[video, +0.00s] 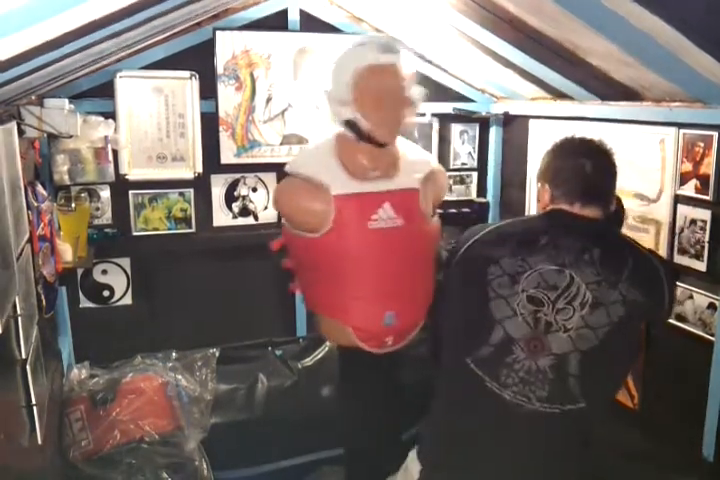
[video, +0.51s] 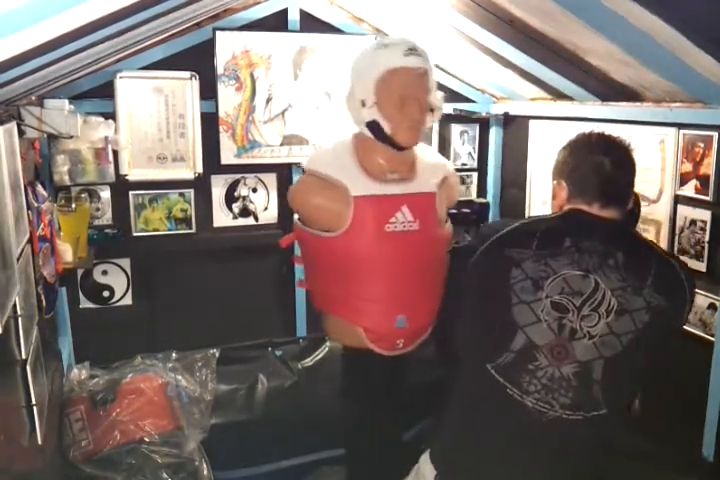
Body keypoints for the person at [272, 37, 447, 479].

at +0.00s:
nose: (410, 99)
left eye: (408, 87)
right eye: (394, 87)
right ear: (353, 98)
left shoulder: (428, 176)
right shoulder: (305, 185)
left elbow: (428, 258)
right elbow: (313, 276)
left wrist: (414, 311)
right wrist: (345, 325)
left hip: (416, 347)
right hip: (347, 357)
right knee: (366, 466)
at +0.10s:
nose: (408, 102)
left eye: (409, 89)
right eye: (392, 91)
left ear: (417, 97)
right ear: (357, 100)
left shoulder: (434, 175)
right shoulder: (312, 182)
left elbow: (439, 257)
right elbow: (314, 274)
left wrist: (424, 309)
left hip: (421, 350)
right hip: (352, 360)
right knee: (369, 466)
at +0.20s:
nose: (435, 113)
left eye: (441, 101)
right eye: (421, 100)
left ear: (448, 106)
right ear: (383, 101)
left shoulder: (449, 179)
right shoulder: (331, 180)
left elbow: (457, 260)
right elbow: (324, 275)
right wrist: (374, 318)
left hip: (431, 356)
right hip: (366, 362)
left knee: (428, 461)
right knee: (373, 467)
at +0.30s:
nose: (424, 104)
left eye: (428, 92)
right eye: (408, 91)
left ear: (434, 99)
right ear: (369, 99)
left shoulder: (442, 179)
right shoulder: (323, 182)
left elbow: (440, 257)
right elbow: (319, 283)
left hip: (424, 351)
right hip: (359, 360)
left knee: (417, 460)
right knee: (371, 468)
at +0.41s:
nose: (403, 109)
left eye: (407, 96)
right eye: (387, 97)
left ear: (416, 101)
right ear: (351, 102)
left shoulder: (433, 176)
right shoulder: (313, 186)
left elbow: (436, 245)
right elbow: (318, 277)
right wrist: (352, 326)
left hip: (421, 344)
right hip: (355, 355)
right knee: (369, 464)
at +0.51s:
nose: (417, 113)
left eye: (424, 102)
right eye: (403, 100)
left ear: (433, 106)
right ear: (365, 102)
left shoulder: (442, 179)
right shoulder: (323, 181)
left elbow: (442, 255)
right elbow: (321, 276)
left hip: (426, 351)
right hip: (360, 360)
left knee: (420, 458)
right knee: (372, 467)